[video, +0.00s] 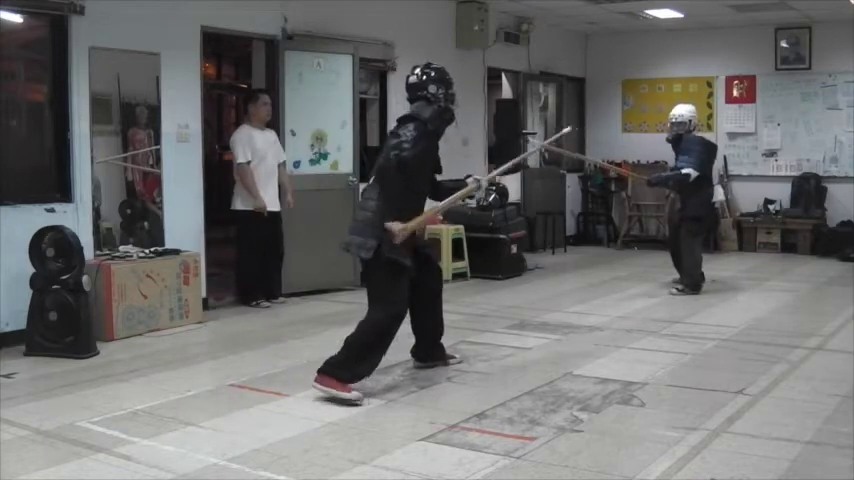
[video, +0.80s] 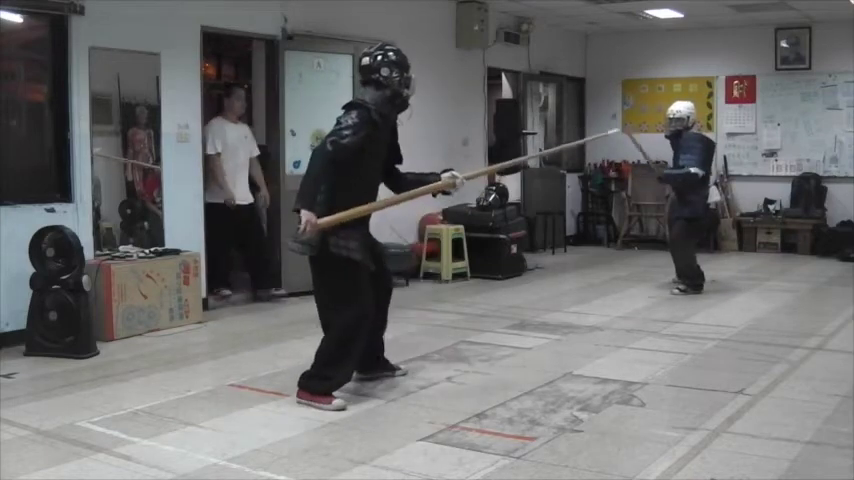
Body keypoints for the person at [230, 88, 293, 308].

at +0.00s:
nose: (269, 109)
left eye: (270, 105)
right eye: (264, 105)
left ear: (270, 108)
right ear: (251, 108)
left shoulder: (271, 135)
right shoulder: (241, 135)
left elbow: (280, 165)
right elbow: (242, 168)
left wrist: (287, 190)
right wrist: (257, 198)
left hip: (271, 206)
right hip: (249, 208)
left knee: (274, 252)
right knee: (251, 253)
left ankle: (272, 292)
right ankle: (251, 295)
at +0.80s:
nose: (242, 104)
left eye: (244, 100)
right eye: (238, 100)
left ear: (244, 103)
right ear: (227, 101)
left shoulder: (245, 129)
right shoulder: (214, 127)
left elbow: (253, 162)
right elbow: (214, 162)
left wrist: (263, 187)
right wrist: (226, 190)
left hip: (244, 200)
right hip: (218, 201)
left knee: (256, 244)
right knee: (219, 248)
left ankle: (263, 287)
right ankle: (218, 287)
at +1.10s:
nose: (239, 100)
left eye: (239, 96)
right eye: (234, 96)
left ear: (238, 101)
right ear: (221, 99)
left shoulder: (239, 126)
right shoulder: (211, 123)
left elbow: (245, 159)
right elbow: (206, 158)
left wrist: (250, 187)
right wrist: (210, 188)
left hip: (240, 195)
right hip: (219, 196)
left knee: (246, 242)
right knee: (219, 244)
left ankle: (253, 281)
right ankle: (219, 285)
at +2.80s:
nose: (232, 99)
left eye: (232, 95)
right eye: (227, 95)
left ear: (232, 99)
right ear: (215, 98)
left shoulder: (233, 125)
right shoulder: (207, 123)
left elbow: (243, 156)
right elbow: (208, 158)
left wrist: (253, 181)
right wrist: (220, 186)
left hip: (237, 195)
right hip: (215, 197)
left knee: (242, 240)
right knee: (216, 243)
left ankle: (252, 280)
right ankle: (217, 285)